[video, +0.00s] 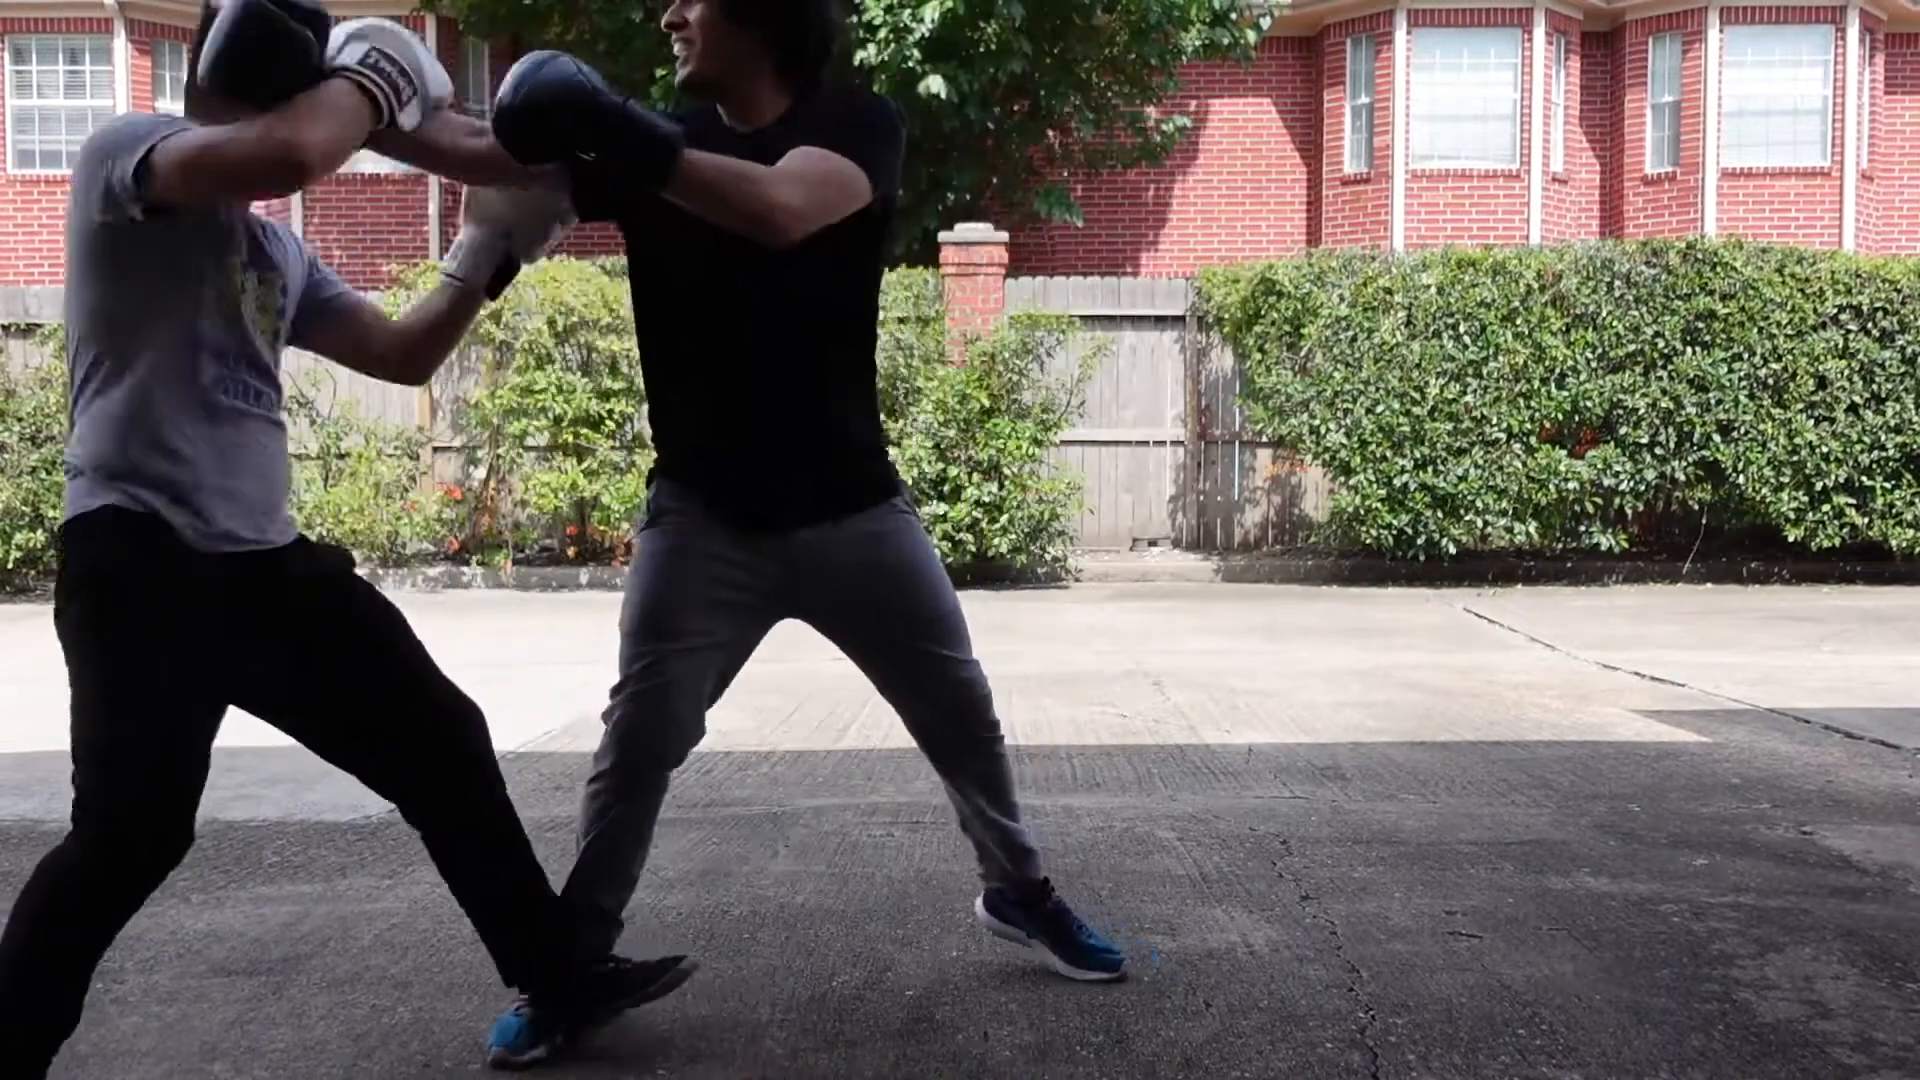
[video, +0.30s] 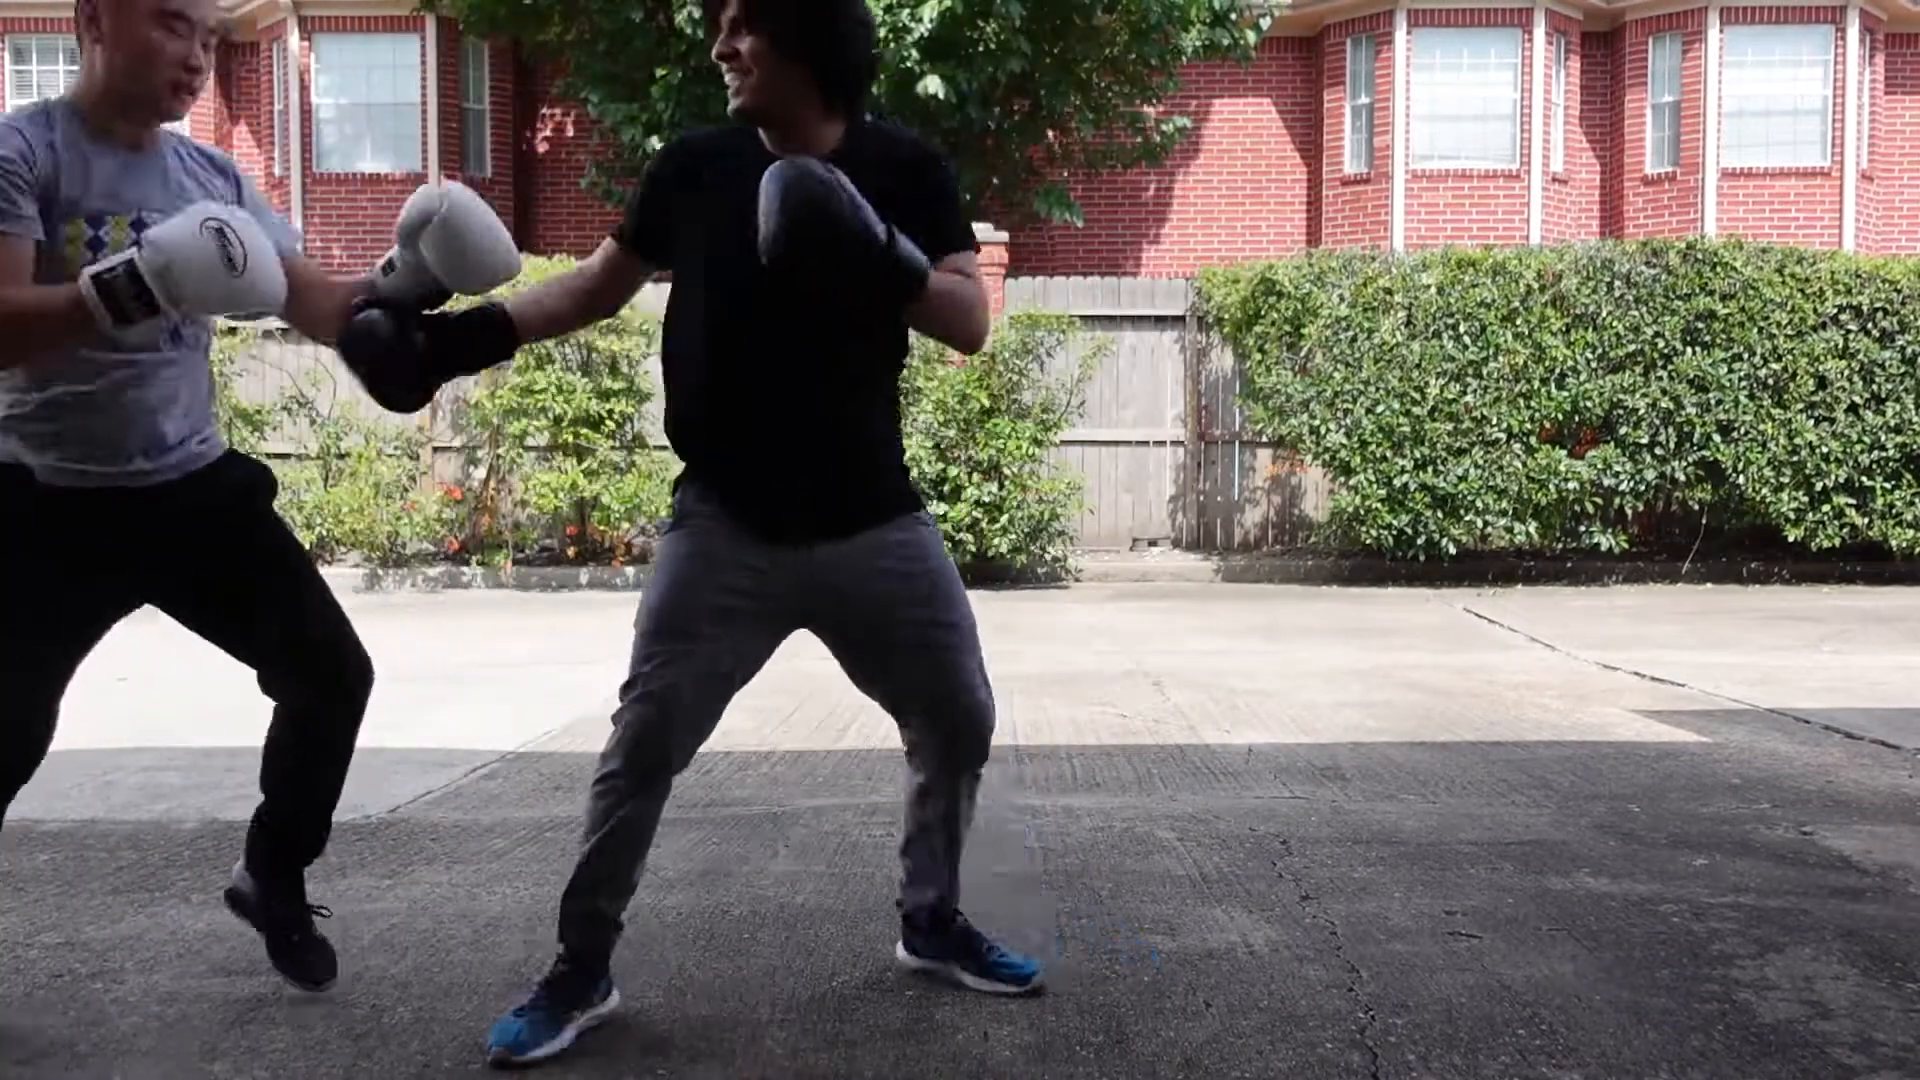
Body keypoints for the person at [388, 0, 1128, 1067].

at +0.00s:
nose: (673, 17)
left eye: (693, 0)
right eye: (677, 2)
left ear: (759, 15)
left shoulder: (857, 123)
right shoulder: (650, 144)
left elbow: (785, 207)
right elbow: (484, 157)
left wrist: (628, 142)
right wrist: (355, 96)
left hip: (854, 511)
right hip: (703, 516)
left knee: (960, 706)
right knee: (645, 728)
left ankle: (1019, 886)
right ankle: (567, 975)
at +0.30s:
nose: (725, 46)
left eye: (747, 27)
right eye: (721, 29)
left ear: (812, 39)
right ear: (728, 48)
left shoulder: (901, 167)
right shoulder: (694, 169)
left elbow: (970, 326)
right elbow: (593, 287)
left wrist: (871, 244)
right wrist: (464, 333)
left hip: (874, 525)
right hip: (723, 526)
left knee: (959, 720)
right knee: (646, 736)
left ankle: (932, 917)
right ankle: (578, 970)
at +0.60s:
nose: (776, 65)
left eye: (792, 44)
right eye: (774, 46)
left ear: (856, 49)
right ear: (820, 58)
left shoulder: (961, 163)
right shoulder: (789, 187)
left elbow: (984, 316)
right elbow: (739, 334)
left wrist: (858, 267)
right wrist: (619, 309)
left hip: (958, 503)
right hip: (826, 505)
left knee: (1050, 700)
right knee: (772, 701)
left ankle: (1100, 871)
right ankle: (790, 919)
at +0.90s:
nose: (915, 122)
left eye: (929, 103)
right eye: (916, 104)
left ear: (982, 107)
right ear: (964, 114)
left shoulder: (1056, 202)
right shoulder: (963, 209)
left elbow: (958, 324)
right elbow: (916, 308)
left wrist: (819, 325)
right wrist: (861, 258)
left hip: (1067, 508)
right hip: (968, 506)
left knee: (1096, 699)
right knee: (891, 667)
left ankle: (1169, 889)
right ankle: (875, 884)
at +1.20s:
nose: (962, 164)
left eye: (975, 149)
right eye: (962, 149)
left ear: (1027, 157)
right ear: (1008, 158)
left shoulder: (1077, 246)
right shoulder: (1012, 249)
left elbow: (980, 341)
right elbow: (986, 354)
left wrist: (858, 310)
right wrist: (934, 299)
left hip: (1093, 504)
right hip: (1028, 504)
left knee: (1090, 684)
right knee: (1021, 658)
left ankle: (1170, 883)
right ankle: (1069, 802)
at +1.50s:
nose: (916, 202)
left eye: (924, 187)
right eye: (915, 188)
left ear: (960, 188)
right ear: (986, 185)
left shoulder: (1009, 256)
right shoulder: (1004, 252)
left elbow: (947, 368)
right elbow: (972, 353)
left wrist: (849, 324)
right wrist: (921, 290)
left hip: (1038, 496)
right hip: (1036, 491)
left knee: (994, 651)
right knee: (1033, 648)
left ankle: (1092, 825)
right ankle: (1080, 807)